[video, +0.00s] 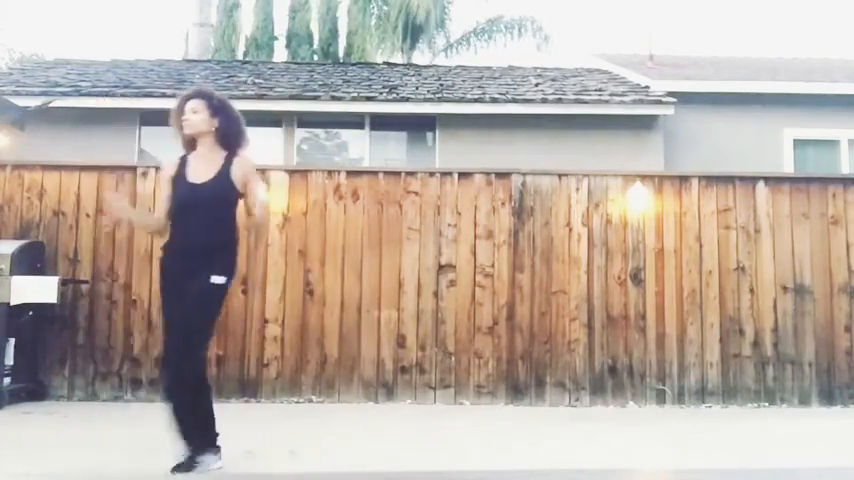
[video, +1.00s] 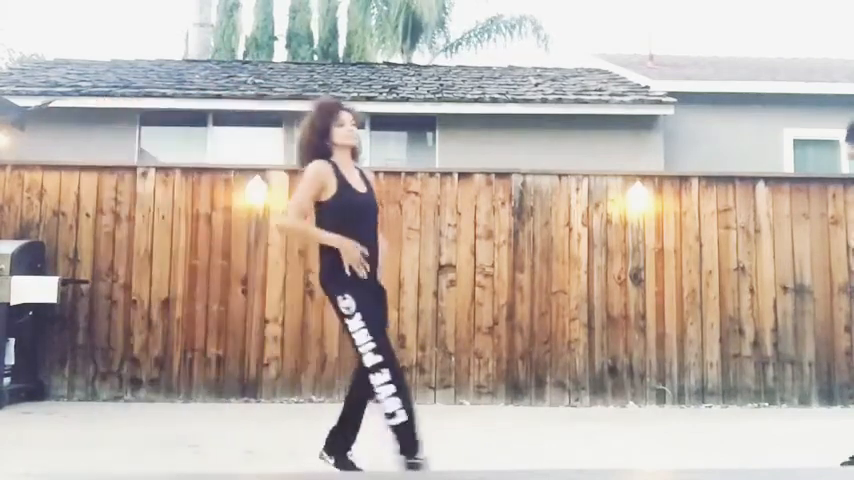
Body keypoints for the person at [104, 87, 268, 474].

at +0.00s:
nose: (188, 118)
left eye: (196, 112)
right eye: (185, 114)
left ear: (217, 118)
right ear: (182, 122)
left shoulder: (238, 163)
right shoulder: (175, 165)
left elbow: (259, 222)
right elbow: (158, 223)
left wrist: (260, 203)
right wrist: (126, 212)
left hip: (215, 264)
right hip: (175, 262)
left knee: (186, 353)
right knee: (177, 355)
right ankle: (198, 447)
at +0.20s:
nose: (219, 123)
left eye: (227, 117)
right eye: (214, 119)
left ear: (244, 124)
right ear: (209, 128)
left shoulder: (267, 171)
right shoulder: (200, 168)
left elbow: (275, 225)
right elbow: (185, 222)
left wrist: (272, 268)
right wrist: (175, 264)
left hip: (243, 274)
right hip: (198, 272)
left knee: (257, 356)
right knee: (195, 358)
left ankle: (278, 443)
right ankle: (206, 446)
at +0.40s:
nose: (268, 123)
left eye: (273, 118)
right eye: (259, 119)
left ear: (282, 128)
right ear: (245, 129)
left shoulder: (295, 170)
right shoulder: (232, 172)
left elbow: (302, 230)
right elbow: (213, 231)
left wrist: (304, 281)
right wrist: (211, 287)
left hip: (281, 277)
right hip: (238, 277)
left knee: (295, 365)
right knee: (219, 362)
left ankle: (324, 446)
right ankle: (207, 447)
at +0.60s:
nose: (308, 125)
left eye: (310, 120)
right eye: (298, 120)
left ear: (314, 128)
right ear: (282, 129)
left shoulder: (324, 173)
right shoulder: (269, 172)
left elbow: (332, 232)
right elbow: (249, 231)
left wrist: (350, 276)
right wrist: (268, 283)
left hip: (329, 279)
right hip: (291, 279)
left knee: (329, 368)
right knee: (263, 363)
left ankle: (331, 451)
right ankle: (223, 442)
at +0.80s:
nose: (335, 125)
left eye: (336, 121)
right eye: (325, 121)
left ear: (340, 128)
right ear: (308, 129)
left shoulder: (344, 168)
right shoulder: (297, 171)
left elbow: (348, 219)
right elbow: (269, 223)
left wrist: (364, 241)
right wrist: (316, 244)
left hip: (355, 274)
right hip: (325, 276)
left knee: (354, 362)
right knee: (336, 361)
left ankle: (336, 448)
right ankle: (310, 437)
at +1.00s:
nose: (352, 129)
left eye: (353, 124)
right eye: (343, 125)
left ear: (355, 131)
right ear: (326, 133)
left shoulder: (363, 174)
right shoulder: (319, 169)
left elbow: (363, 221)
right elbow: (291, 220)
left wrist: (378, 246)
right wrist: (342, 242)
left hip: (371, 275)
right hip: (341, 277)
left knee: (372, 361)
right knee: (380, 358)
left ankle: (338, 444)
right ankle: (409, 445)